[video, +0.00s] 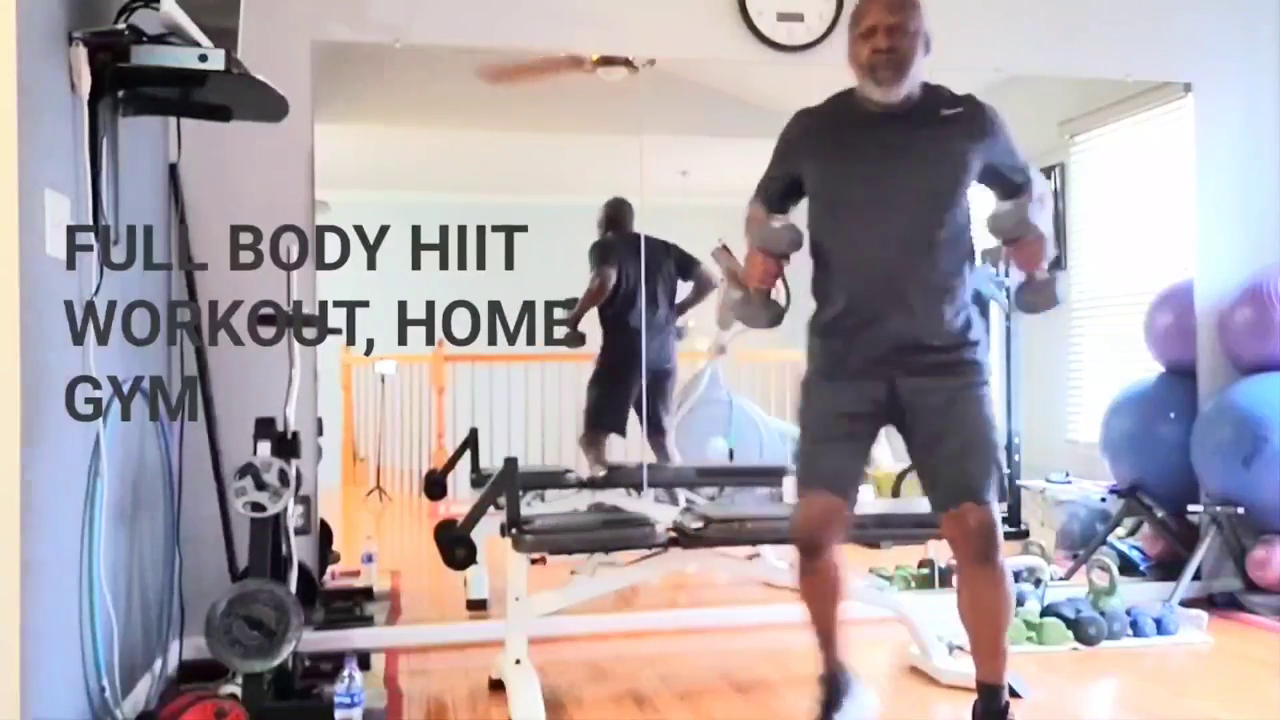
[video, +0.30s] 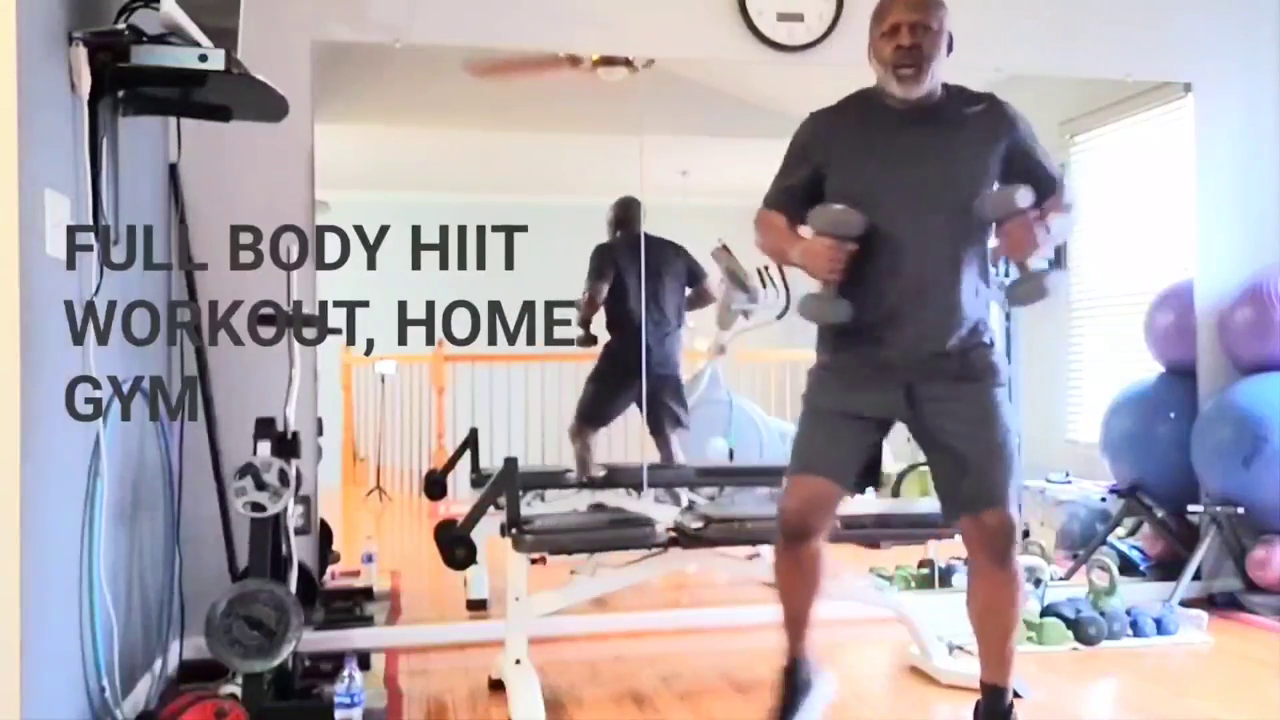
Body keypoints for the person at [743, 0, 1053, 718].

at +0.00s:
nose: (881, 43)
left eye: (896, 30)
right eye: (867, 31)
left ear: (925, 41)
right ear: (848, 44)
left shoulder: (970, 121)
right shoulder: (812, 129)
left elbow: (1024, 190)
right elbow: (763, 210)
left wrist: (1031, 235)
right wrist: (762, 249)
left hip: (946, 357)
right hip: (844, 358)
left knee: (976, 530)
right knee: (814, 530)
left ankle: (992, 700)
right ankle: (835, 677)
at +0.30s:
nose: (907, 38)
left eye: (922, 26)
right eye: (892, 27)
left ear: (946, 40)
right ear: (872, 42)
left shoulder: (989, 120)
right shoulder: (828, 128)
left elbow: (1055, 193)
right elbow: (768, 221)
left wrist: (1037, 224)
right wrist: (798, 250)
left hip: (960, 364)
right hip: (853, 361)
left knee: (995, 535)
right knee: (797, 521)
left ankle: (996, 700)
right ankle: (796, 667)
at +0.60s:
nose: (859, 163)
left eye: (874, 151)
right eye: (845, 151)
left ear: (897, 162)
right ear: (825, 163)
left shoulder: (940, 241)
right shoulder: (784, 243)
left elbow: (983, 359)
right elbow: (739, 366)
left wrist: (954, 355)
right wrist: (814, 356)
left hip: (916, 446)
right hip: (803, 445)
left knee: (1031, 561)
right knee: (715, 565)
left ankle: (995, 709)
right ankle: (680, 707)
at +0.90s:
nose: (763, 56)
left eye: (778, 43)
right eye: (749, 45)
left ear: (807, 53)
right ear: (731, 58)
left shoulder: (857, 134)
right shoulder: (698, 145)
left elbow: (910, 220)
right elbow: (622, 223)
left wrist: (925, 267)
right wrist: (642, 273)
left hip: (828, 363)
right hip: (727, 365)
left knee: (894, 527)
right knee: (693, 539)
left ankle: (874, 681)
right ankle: (677, 701)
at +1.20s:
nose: (738, 33)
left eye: (754, 19)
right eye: (723, 20)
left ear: (777, 28)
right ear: (701, 31)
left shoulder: (825, 119)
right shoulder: (660, 124)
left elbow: (893, 189)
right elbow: (591, 221)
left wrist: (874, 218)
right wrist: (630, 230)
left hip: (777, 366)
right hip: (678, 365)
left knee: (795, 539)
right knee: (667, 535)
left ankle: (790, 705)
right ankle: (668, 700)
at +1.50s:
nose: (688, 104)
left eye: (701, 93)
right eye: (674, 92)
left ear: (724, 106)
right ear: (652, 105)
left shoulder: (767, 193)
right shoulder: (609, 194)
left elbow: (810, 315)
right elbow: (568, 318)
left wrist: (769, 289)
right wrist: (638, 290)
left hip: (737, 413)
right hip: (628, 412)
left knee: (832, 558)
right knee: (542, 563)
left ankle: (794, 709)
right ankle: (495, 713)